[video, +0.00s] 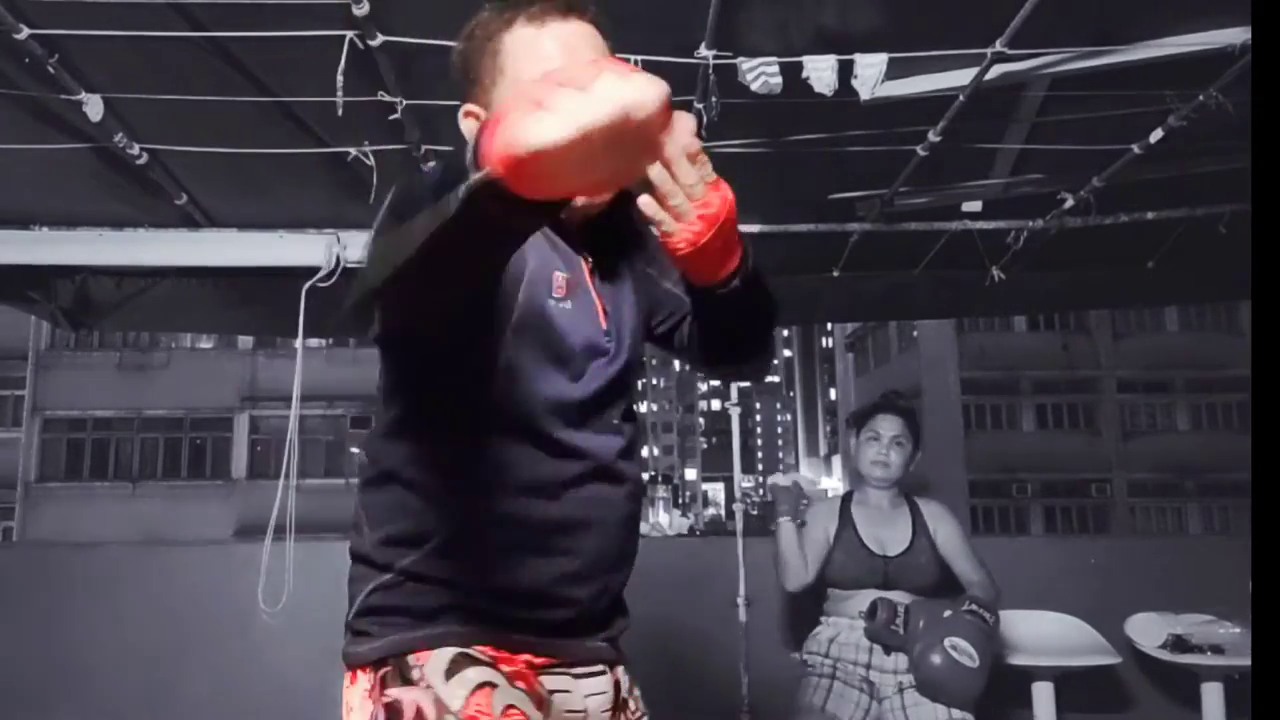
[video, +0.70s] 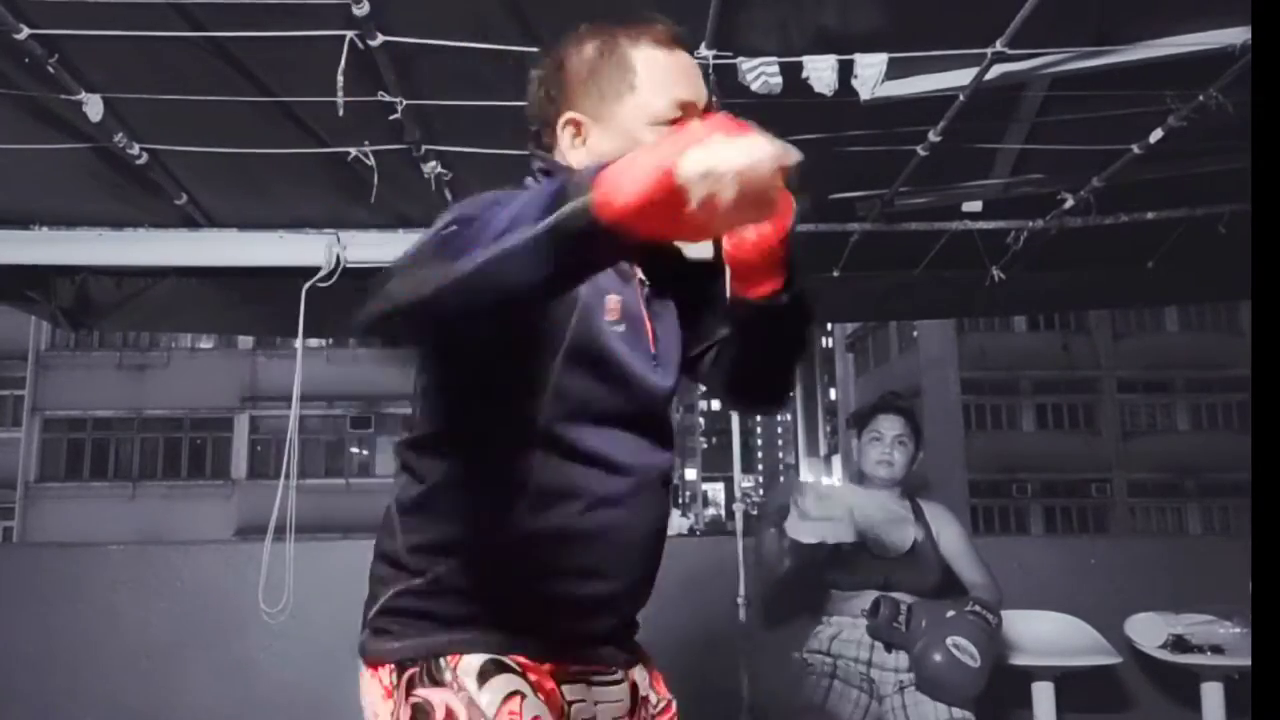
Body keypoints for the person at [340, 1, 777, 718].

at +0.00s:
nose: (582, 114)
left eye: (597, 89)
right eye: (550, 92)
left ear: (622, 97)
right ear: (478, 126)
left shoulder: (626, 242)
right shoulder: (438, 213)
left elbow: (739, 352)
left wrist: (721, 260)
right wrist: (509, 186)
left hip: (585, 651)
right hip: (437, 646)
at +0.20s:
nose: (456, 97)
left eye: (483, 64)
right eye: (413, 76)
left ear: (533, 100)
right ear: (364, 127)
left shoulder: (622, 226)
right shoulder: (344, 252)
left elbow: (823, 337)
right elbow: (194, 391)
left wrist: (709, 254)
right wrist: (348, 237)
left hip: (606, 670)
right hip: (434, 655)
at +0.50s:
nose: (562, 107)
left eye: (579, 76)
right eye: (514, 80)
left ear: (604, 91)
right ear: (432, 120)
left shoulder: (638, 240)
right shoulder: (377, 245)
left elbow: (808, 360)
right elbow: (282, 454)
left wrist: (725, 225)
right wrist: (425, 261)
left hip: (615, 659)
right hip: (454, 654)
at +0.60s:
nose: (674, 133)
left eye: (676, 106)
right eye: (634, 109)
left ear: (690, 111)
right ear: (539, 131)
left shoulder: (680, 260)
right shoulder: (462, 238)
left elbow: (799, 374)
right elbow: (349, 428)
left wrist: (762, 255)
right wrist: (512, 255)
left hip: (613, 647)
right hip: (469, 637)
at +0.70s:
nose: (701, 145)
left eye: (705, 119)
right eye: (673, 121)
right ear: (577, 139)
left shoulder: (670, 274)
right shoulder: (500, 225)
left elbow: (759, 385)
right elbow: (391, 311)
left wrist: (760, 264)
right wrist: (610, 205)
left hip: (602, 646)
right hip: (456, 646)